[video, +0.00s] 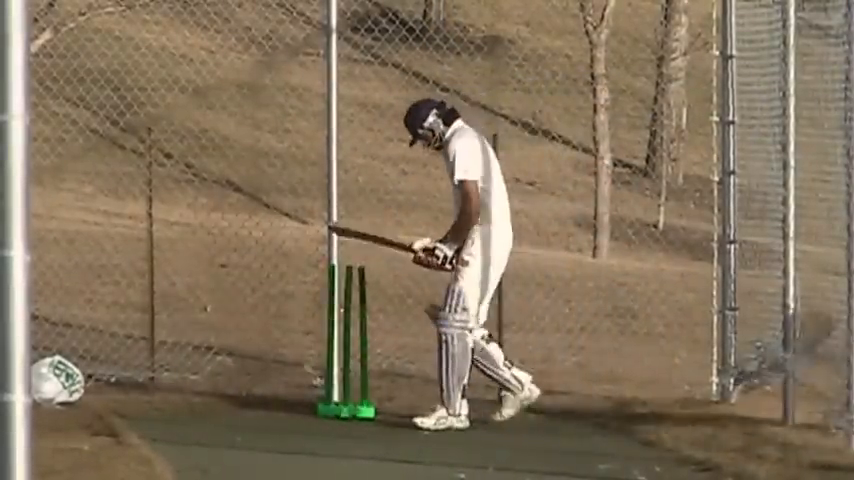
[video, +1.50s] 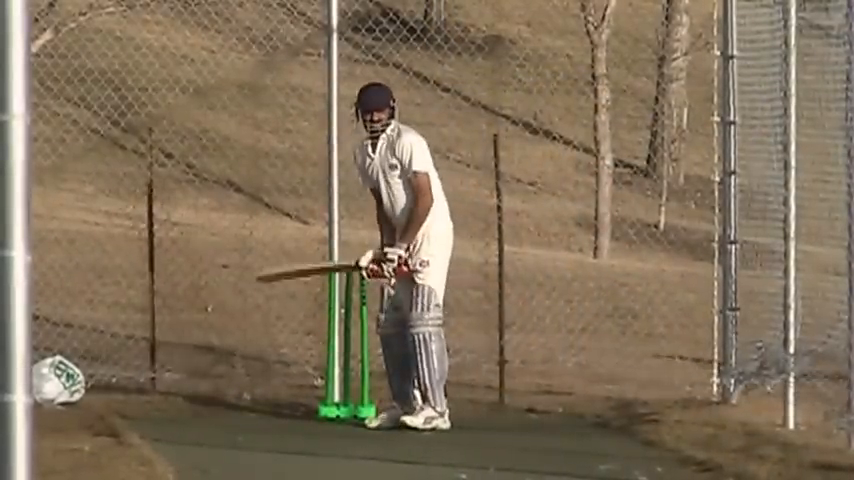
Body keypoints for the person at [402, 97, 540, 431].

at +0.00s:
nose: (426, 143)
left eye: (425, 136)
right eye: (422, 139)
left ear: (436, 125)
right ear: (438, 122)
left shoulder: (462, 142)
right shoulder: (464, 141)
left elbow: (471, 208)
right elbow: (471, 210)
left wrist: (448, 245)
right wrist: (444, 245)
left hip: (485, 243)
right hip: (485, 243)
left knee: (454, 323)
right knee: (464, 325)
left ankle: (453, 410)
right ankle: (518, 386)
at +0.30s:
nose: (388, 153)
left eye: (386, 146)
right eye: (383, 149)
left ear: (395, 133)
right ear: (396, 129)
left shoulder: (423, 143)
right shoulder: (423, 142)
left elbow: (442, 203)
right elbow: (439, 207)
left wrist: (428, 245)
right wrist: (415, 243)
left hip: (462, 239)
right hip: (452, 239)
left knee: (439, 323)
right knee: (418, 319)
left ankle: (451, 408)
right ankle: (411, 400)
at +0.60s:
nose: (360, 168)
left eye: (359, 161)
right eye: (356, 164)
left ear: (368, 148)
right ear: (364, 153)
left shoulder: (395, 152)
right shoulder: (382, 165)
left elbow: (413, 206)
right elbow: (403, 217)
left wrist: (412, 256)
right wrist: (401, 267)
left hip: (449, 237)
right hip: (426, 241)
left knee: (424, 317)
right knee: (401, 318)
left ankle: (435, 406)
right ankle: (404, 403)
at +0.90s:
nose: (349, 180)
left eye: (349, 172)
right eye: (345, 175)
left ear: (360, 160)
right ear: (354, 164)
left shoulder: (388, 166)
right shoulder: (371, 186)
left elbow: (399, 225)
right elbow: (386, 237)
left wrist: (408, 276)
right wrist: (399, 282)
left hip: (448, 243)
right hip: (420, 248)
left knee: (426, 320)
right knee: (395, 323)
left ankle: (434, 410)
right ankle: (404, 404)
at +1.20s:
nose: (367, 129)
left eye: (373, 121)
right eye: (360, 124)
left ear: (384, 121)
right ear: (352, 129)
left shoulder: (403, 151)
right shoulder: (368, 170)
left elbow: (412, 208)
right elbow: (385, 224)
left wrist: (402, 262)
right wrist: (392, 273)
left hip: (436, 243)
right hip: (407, 249)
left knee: (421, 320)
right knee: (396, 323)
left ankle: (432, 408)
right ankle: (405, 403)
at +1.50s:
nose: (374, 118)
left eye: (380, 112)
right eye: (367, 112)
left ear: (392, 111)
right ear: (359, 115)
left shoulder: (408, 142)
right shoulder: (363, 151)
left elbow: (425, 198)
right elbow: (382, 205)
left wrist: (403, 246)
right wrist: (385, 250)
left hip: (429, 241)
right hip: (401, 244)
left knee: (422, 320)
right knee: (391, 322)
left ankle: (435, 408)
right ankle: (406, 403)